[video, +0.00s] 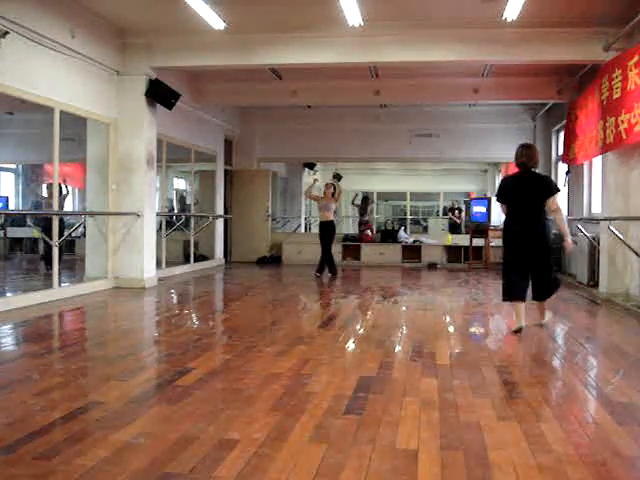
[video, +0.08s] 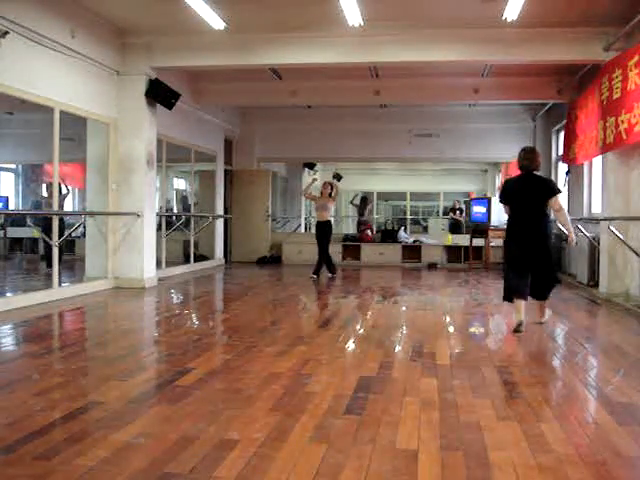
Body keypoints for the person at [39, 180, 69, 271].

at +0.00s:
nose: (52, 192)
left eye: (54, 190)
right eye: (50, 189)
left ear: (58, 190)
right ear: (48, 190)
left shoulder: (61, 199)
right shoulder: (45, 200)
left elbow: (66, 193)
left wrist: (65, 184)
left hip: (58, 221)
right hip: (47, 221)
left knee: (58, 243)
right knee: (48, 243)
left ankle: (57, 264)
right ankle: (48, 264)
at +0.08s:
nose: (52, 191)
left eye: (54, 189)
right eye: (50, 189)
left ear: (57, 190)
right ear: (47, 190)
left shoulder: (60, 198)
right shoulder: (45, 200)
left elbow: (68, 192)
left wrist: (64, 183)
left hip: (58, 220)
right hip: (47, 221)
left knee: (59, 242)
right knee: (48, 243)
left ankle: (58, 264)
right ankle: (49, 265)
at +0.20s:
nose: (53, 189)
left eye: (55, 187)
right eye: (51, 187)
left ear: (58, 188)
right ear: (48, 188)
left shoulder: (61, 196)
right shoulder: (47, 196)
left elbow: (69, 190)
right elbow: (47, 189)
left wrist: (64, 181)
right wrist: (47, 182)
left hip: (58, 218)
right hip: (48, 219)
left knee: (59, 241)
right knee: (48, 241)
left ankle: (58, 263)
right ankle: (49, 264)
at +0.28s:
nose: (53, 188)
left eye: (55, 186)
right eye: (51, 186)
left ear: (58, 187)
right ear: (48, 187)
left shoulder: (61, 196)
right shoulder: (47, 196)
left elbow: (70, 189)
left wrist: (64, 181)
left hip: (59, 218)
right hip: (48, 218)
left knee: (60, 240)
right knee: (48, 240)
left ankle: (58, 261)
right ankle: (49, 263)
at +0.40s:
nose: (52, 188)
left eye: (54, 185)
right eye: (50, 185)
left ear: (58, 186)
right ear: (48, 186)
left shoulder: (61, 196)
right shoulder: (47, 196)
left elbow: (70, 190)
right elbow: (40, 191)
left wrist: (69, 184)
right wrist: (41, 183)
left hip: (59, 218)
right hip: (48, 219)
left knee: (60, 241)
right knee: (48, 241)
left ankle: (61, 264)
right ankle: (49, 264)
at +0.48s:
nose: (53, 188)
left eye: (55, 186)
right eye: (51, 186)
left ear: (59, 187)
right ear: (49, 187)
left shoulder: (62, 196)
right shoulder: (47, 197)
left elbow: (73, 189)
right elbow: (40, 192)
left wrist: (67, 180)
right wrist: (40, 182)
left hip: (60, 219)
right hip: (48, 219)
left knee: (61, 242)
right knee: (49, 242)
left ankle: (64, 265)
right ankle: (49, 264)